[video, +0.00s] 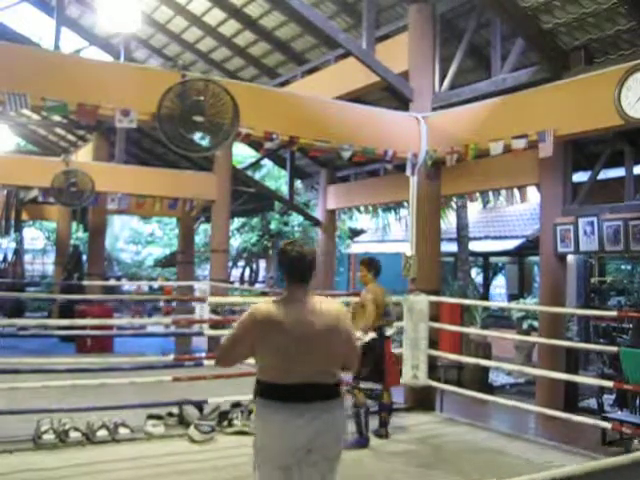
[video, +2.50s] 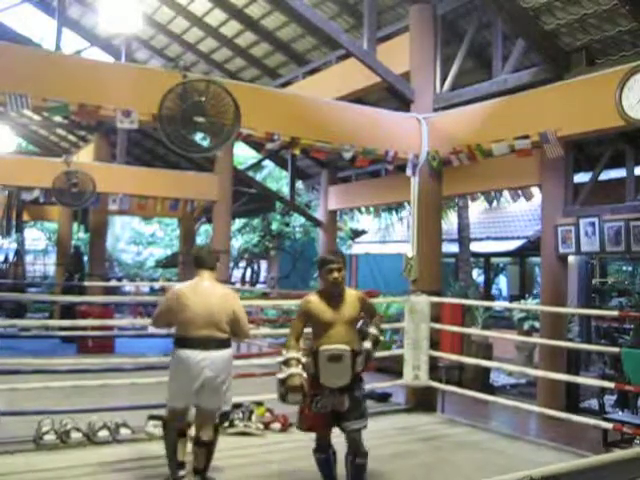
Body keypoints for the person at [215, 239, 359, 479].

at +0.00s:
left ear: (281, 272)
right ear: (313, 271)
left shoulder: (261, 315)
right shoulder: (335, 313)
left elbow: (224, 358)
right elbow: (351, 362)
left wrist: (261, 341)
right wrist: (321, 349)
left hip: (275, 417)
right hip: (327, 415)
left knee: (273, 475)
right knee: (321, 475)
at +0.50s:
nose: (249, 270)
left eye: (250, 266)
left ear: (252, 270)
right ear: (282, 270)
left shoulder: (232, 303)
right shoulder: (298, 306)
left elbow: (200, 328)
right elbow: (313, 345)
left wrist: (232, 324)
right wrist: (283, 339)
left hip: (244, 398)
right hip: (288, 396)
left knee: (254, 468)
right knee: (280, 462)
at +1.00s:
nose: (238, 264)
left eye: (239, 261)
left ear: (241, 263)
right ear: (269, 266)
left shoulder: (225, 297)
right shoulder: (281, 300)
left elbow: (190, 329)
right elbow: (295, 344)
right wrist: (266, 346)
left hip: (233, 378)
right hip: (273, 377)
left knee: (211, 449)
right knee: (258, 448)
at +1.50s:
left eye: (202, 266)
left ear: (200, 268)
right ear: (226, 268)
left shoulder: (186, 298)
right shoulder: (240, 297)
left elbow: (157, 329)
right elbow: (255, 331)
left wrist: (184, 327)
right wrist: (228, 327)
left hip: (196, 373)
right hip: (233, 372)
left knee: (196, 445)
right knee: (235, 442)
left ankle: (196, 475)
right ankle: (239, 473)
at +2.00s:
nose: (179, 267)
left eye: (180, 264)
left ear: (182, 267)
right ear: (207, 268)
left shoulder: (168, 296)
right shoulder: (221, 298)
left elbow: (147, 325)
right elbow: (241, 332)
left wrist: (171, 323)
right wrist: (218, 325)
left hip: (177, 361)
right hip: (212, 362)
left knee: (184, 425)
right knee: (206, 423)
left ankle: (195, 467)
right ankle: (205, 468)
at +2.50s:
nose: (218, 266)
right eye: (217, 263)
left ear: (194, 266)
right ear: (216, 266)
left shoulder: (180, 293)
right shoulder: (228, 295)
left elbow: (158, 320)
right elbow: (243, 331)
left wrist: (181, 315)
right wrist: (222, 323)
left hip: (186, 353)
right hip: (219, 354)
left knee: (177, 412)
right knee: (207, 418)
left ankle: (175, 467)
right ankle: (200, 471)